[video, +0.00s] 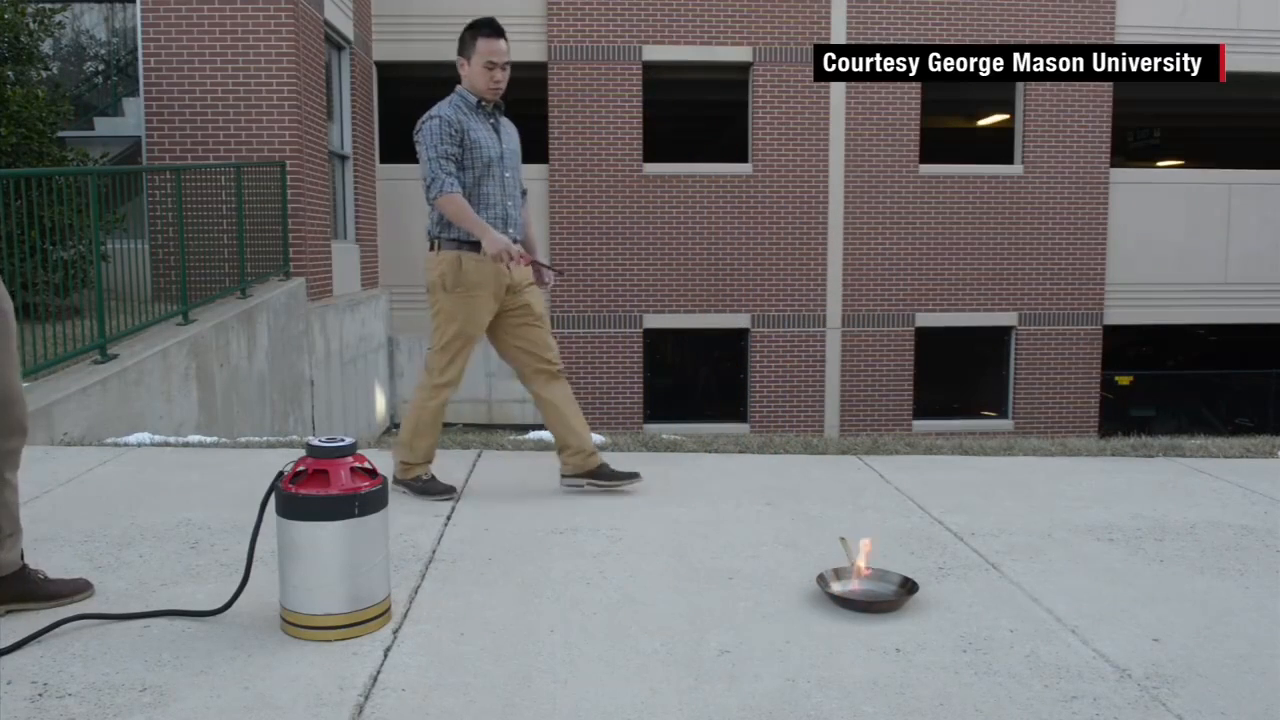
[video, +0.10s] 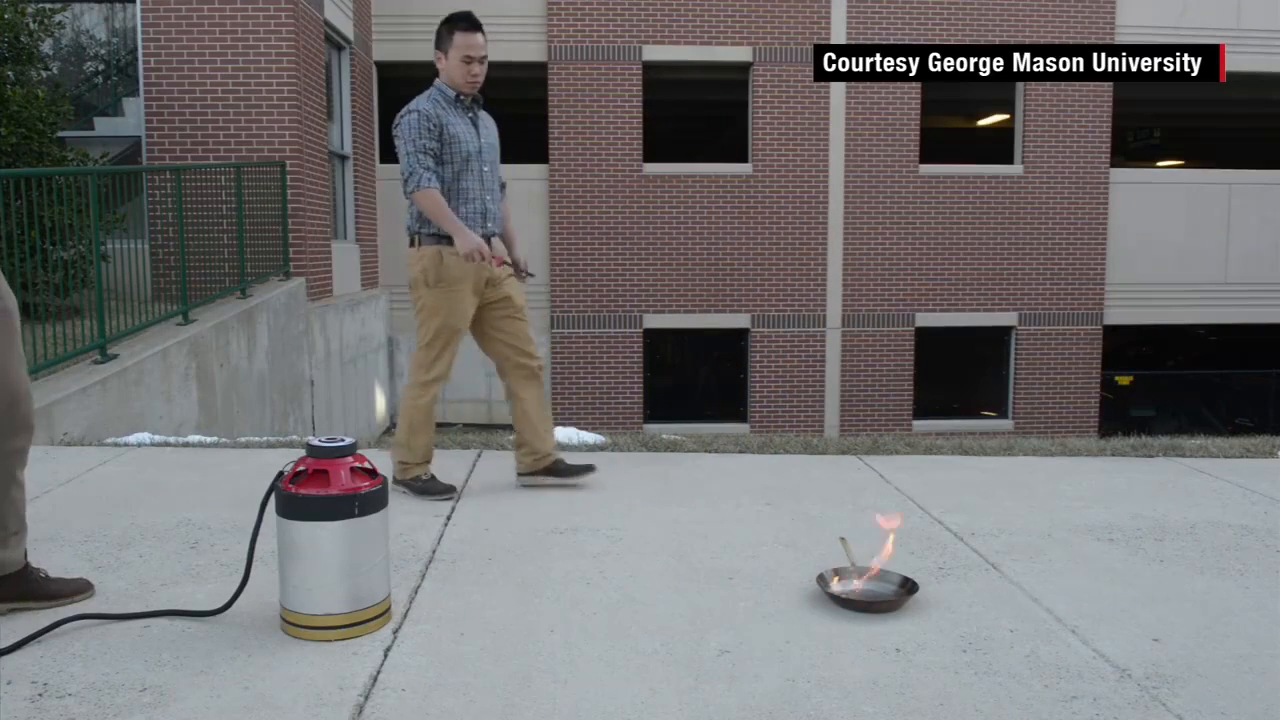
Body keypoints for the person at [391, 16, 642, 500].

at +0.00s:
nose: (499, 76)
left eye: (505, 66)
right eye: (489, 65)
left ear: (510, 69)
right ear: (462, 67)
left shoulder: (507, 129)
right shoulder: (440, 121)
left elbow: (516, 202)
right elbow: (442, 193)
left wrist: (534, 257)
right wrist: (486, 232)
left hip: (511, 265)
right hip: (463, 264)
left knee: (544, 366)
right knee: (442, 373)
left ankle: (582, 462)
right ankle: (410, 469)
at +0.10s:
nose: (477, 70)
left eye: (482, 60)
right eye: (467, 60)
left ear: (488, 61)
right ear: (439, 60)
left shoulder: (485, 122)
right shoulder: (420, 115)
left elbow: (496, 195)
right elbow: (420, 187)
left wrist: (512, 249)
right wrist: (459, 230)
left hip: (490, 260)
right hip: (442, 259)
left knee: (524, 362)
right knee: (431, 369)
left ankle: (537, 459)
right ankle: (410, 469)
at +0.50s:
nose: (399, 74)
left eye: (403, 65)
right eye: (388, 66)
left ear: (406, 68)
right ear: (361, 69)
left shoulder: (406, 129)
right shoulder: (345, 121)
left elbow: (425, 192)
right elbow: (329, 192)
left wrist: (464, 230)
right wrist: (327, 257)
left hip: (404, 254)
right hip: (370, 254)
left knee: (377, 362)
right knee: (403, 360)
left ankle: (329, 448)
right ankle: (412, 469)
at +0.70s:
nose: (373, 74)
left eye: (377, 66)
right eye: (363, 65)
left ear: (379, 70)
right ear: (337, 67)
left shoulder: (374, 128)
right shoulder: (313, 112)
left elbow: (388, 192)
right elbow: (301, 178)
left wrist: (414, 243)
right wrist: (306, 239)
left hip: (368, 250)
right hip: (330, 248)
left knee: (365, 354)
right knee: (348, 353)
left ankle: (333, 444)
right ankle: (366, 448)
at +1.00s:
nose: (297, 71)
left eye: (301, 63)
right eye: (287, 63)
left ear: (305, 67)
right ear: (262, 68)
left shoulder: (303, 124)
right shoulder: (249, 116)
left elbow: (309, 191)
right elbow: (251, 182)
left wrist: (323, 238)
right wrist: (284, 225)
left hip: (309, 251)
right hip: (270, 250)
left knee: (337, 348)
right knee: (257, 348)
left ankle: (336, 444)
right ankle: (183, 427)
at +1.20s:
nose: (235, 76)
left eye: (239, 68)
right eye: (225, 67)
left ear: (242, 71)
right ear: (197, 70)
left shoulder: (243, 129)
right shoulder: (181, 122)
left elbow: (258, 199)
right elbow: (190, 191)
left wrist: (279, 249)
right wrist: (235, 229)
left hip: (250, 258)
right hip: (201, 257)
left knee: (283, 352)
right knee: (181, 361)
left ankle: (325, 437)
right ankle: (145, 454)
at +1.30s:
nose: (209, 67)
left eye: (213, 58)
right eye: (198, 59)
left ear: (217, 63)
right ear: (171, 63)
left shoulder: (219, 123)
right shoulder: (155, 116)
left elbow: (235, 188)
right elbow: (162, 185)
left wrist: (256, 241)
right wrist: (200, 230)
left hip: (224, 253)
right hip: (177, 252)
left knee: (257, 349)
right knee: (165, 359)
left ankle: (295, 440)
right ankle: (146, 456)